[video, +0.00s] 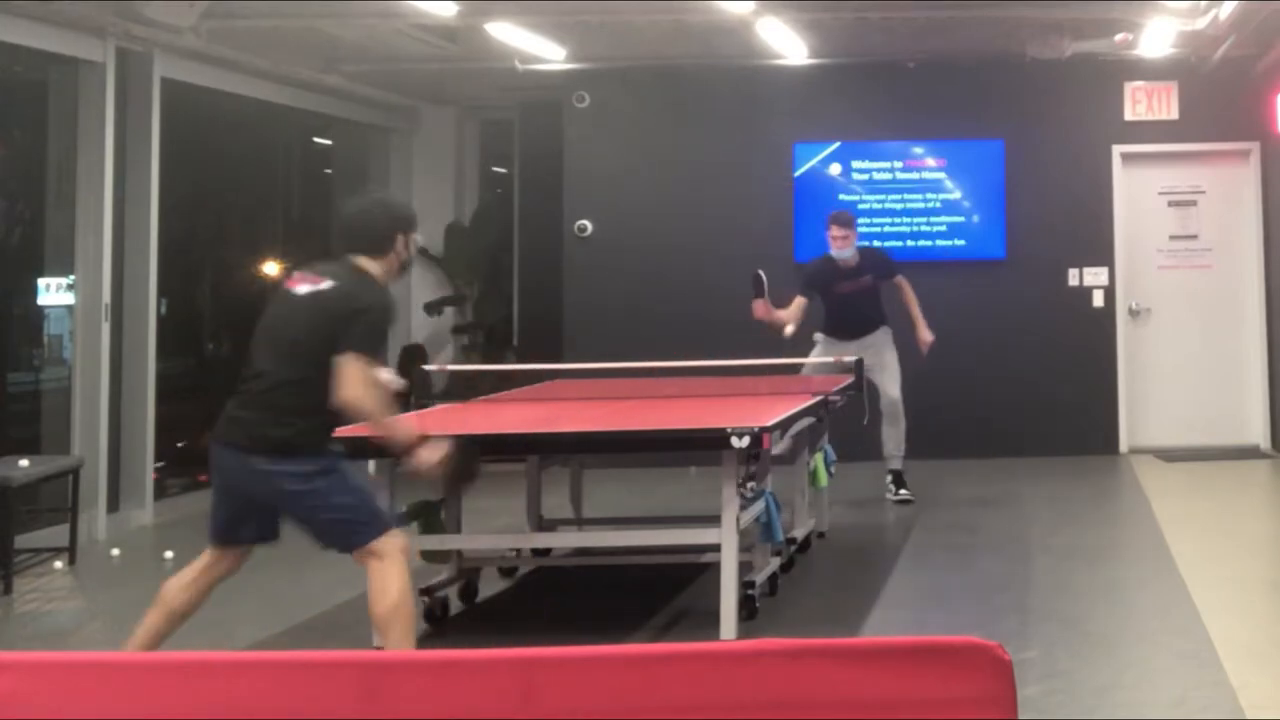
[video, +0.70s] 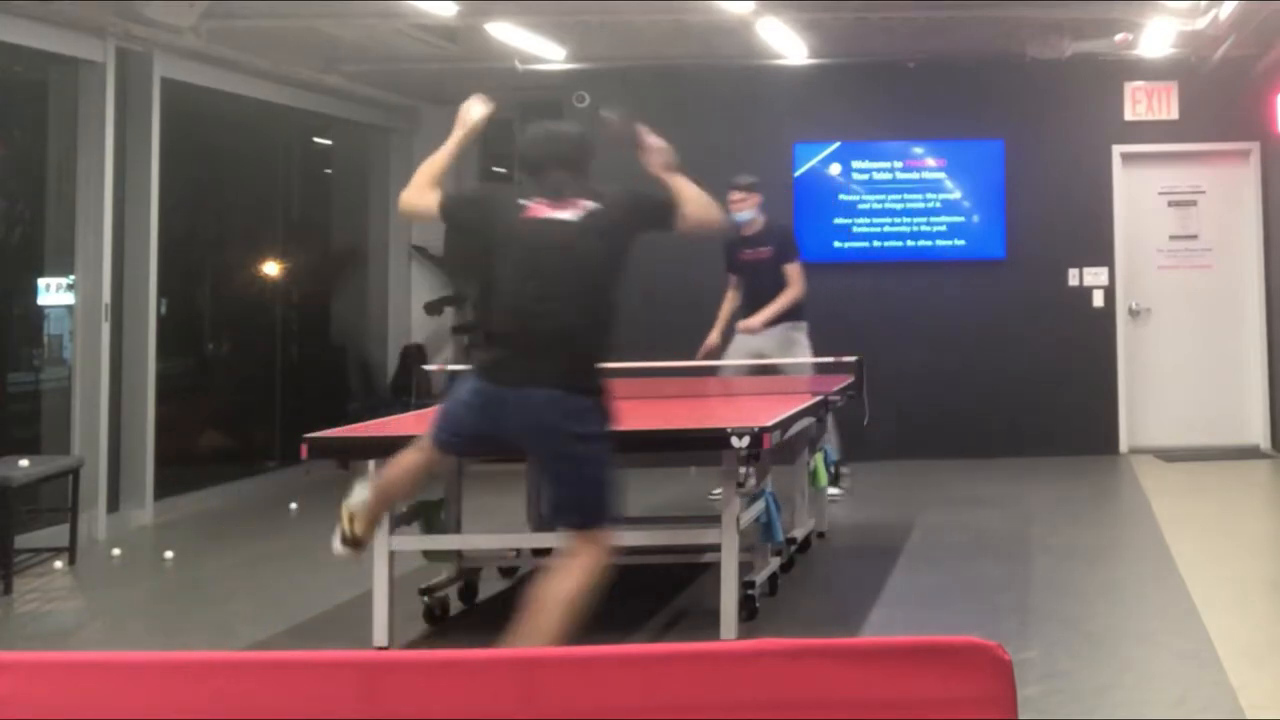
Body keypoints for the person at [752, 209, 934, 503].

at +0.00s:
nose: (839, 241)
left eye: (845, 236)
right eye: (834, 236)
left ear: (855, 236)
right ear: (828, 238)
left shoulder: (876, 260)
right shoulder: (818, 271)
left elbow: (903, 286)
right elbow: (793, 313)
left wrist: (921, 327)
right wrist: (771, 313)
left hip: (875, 340)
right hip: (832, 343)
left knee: (892, 398)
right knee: (802, 392)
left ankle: (895, 473)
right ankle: (817, 457)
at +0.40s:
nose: (816, 211)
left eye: (822, 205)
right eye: (812, 205)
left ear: (833, 207)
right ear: (804, 208)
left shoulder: (854, 243)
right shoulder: (795, 249)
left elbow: (875, 290)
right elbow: (778, 293)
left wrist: (874, 335)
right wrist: (762, 326)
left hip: (852, 340)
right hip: (808, 343)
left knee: (877, 402)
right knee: (789, 409)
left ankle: (892, 473)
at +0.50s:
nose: (791, 208)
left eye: (797, 203)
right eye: (786, 203)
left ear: (807, 206)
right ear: (779, 208)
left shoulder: (828, 241)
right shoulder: (774, 251)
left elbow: (851, 292)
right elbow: (763, 295)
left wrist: (838, 331)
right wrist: (751, 331)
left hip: (829, 345)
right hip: (786, 348)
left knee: (862, 404)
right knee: (764, 414)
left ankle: (889, 472)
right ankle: (744, 482)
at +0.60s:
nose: (764, 205)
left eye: (770, 199)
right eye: (759, 200)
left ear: (784, 201)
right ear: (754, 204)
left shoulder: (803, 237)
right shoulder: (751, 246)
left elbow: (825, 287)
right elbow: (746, 290)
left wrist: (798, 318)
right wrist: (735, 329)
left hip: (803, 337)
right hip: (762, 339)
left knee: (837, 399)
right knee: (746, 405)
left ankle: (875, 469)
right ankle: (740, 479)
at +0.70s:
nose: (736, 206)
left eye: (742, 200)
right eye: (732, 202)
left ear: (759, 200)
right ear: (728, 207)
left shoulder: (780, 236)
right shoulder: (734, 245)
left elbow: (797, 287)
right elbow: (733, 291)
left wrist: (760, 317)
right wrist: (716, 333)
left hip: (787, 332)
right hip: (748, 334)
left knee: (809, 398)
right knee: (725, 394)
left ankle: (833, 464)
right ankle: (737, 471)